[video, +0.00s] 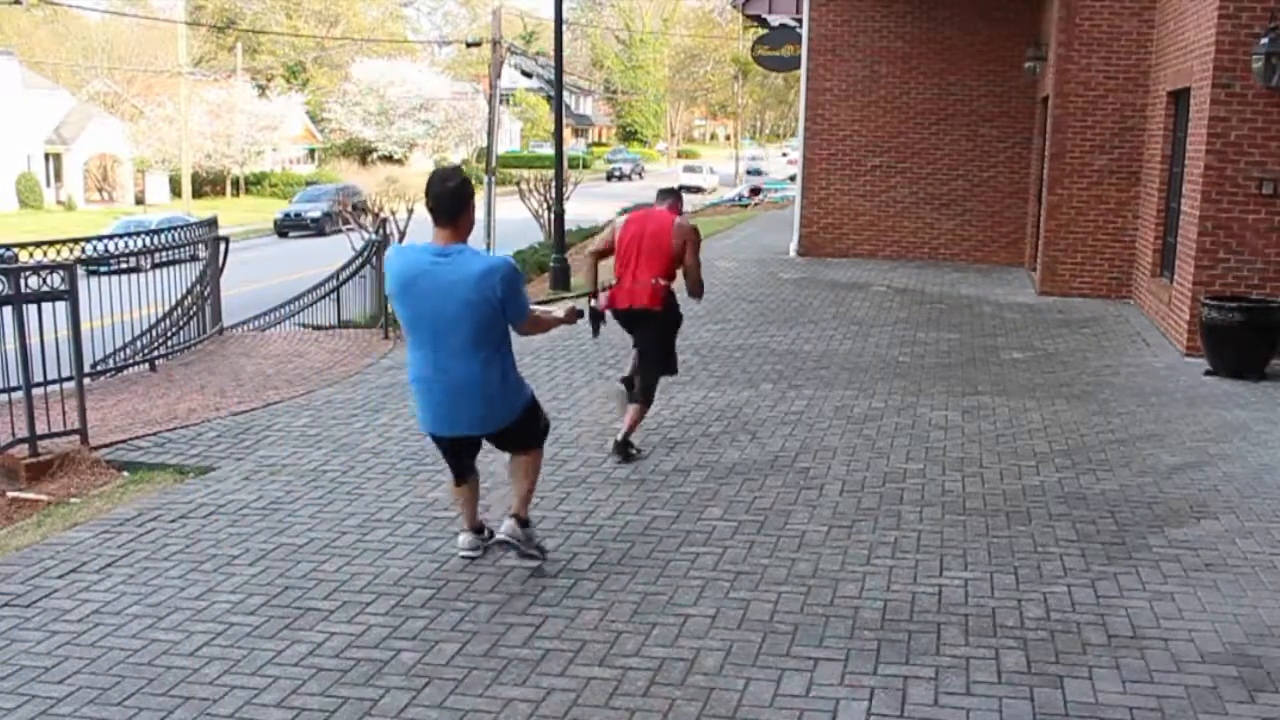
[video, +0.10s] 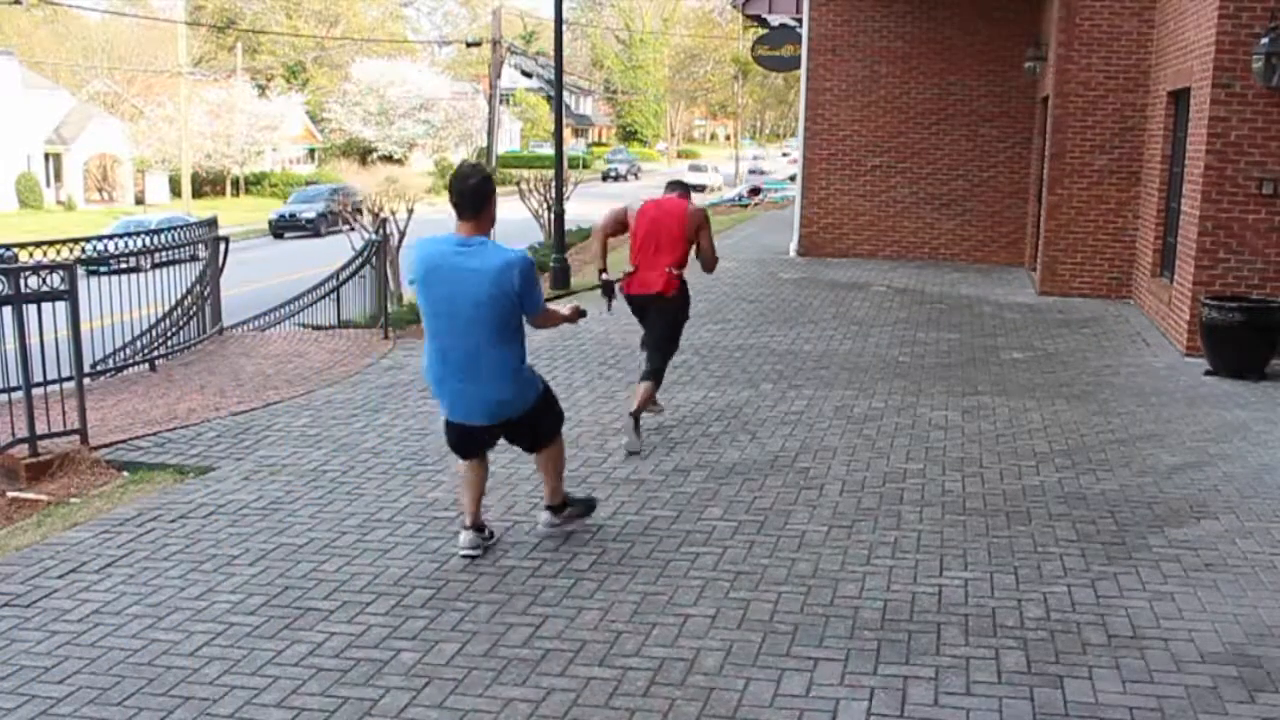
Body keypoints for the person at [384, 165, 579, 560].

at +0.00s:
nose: (473, 212)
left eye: (469, 206)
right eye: (473, 206)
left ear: (429, 210)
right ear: (470, 212)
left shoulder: (398, 264)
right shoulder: (496, 271)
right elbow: (525, 323)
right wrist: (561, 319)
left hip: (436, 408)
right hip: (494, 402)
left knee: (461, 468)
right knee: (531, 435)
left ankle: (471, 531)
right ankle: (518, 520)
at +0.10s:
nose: (495, 207)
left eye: (491, 201)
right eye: (494, 201)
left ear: (452, 206)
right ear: (492, 205)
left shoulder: (421, 257)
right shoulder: (514, 264)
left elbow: (429, 308)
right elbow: (538, 316)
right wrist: (566, 317)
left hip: (455, 398)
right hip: (510, 393)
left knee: (472, 455)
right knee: (548, 433)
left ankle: (471, 529)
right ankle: (556, 504)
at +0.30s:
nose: (545, 200)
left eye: (539, 195)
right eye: (544, 195)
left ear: (504, 199)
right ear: (541, 200)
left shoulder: (476, 241)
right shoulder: (563, 252)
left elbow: (480, 281)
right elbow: (577, 297)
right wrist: (594, 288)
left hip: (498, 366)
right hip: (550, 370)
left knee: (508, 409)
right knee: (574, 432)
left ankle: (492, 469)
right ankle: (576, 491)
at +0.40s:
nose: (563, 191)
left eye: (560, 186)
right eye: (561, 186)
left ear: (520, 192)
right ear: (554, 192)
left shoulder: (494, 234)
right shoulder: (578, 240)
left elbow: (501, 278)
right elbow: (598, 286)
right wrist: (618, 284)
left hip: (519, 352)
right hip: (567, 356)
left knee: (531, 402)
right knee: (585, 420)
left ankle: (528, 469)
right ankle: (576, 486)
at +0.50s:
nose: (567, 183)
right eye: (566, 178)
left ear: (531, 185)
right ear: (566, 182)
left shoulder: (508, 225)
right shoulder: (590, 228)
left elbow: (517, 269)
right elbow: (612, 274)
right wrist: (636, 279)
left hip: (536, 344)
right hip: (584, 341)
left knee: (549, 404)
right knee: (598, 396)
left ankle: (556, 456)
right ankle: (589, 447)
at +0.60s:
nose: (579, 188)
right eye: (580, 183)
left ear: (548, 189)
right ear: (581, 187)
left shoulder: (527, 228)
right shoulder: (601, 232)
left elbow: (528, 267)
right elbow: (621, 279)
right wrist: (647, 279)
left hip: (551, 338)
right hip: (596, 335)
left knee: (562, 398)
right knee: (620, 377)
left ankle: (561, 453)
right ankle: (615, 441)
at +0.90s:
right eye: (636, 179)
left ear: (608, 183)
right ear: (638, 182)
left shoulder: (588, 219)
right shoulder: (657, 223)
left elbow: (574, 255)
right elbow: (668, 266)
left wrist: (605, 248)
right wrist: (679, 256)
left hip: (607, 317)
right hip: (646, 320)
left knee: (610, 355)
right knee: (657, 371)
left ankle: (605, 410)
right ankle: (652, 423)